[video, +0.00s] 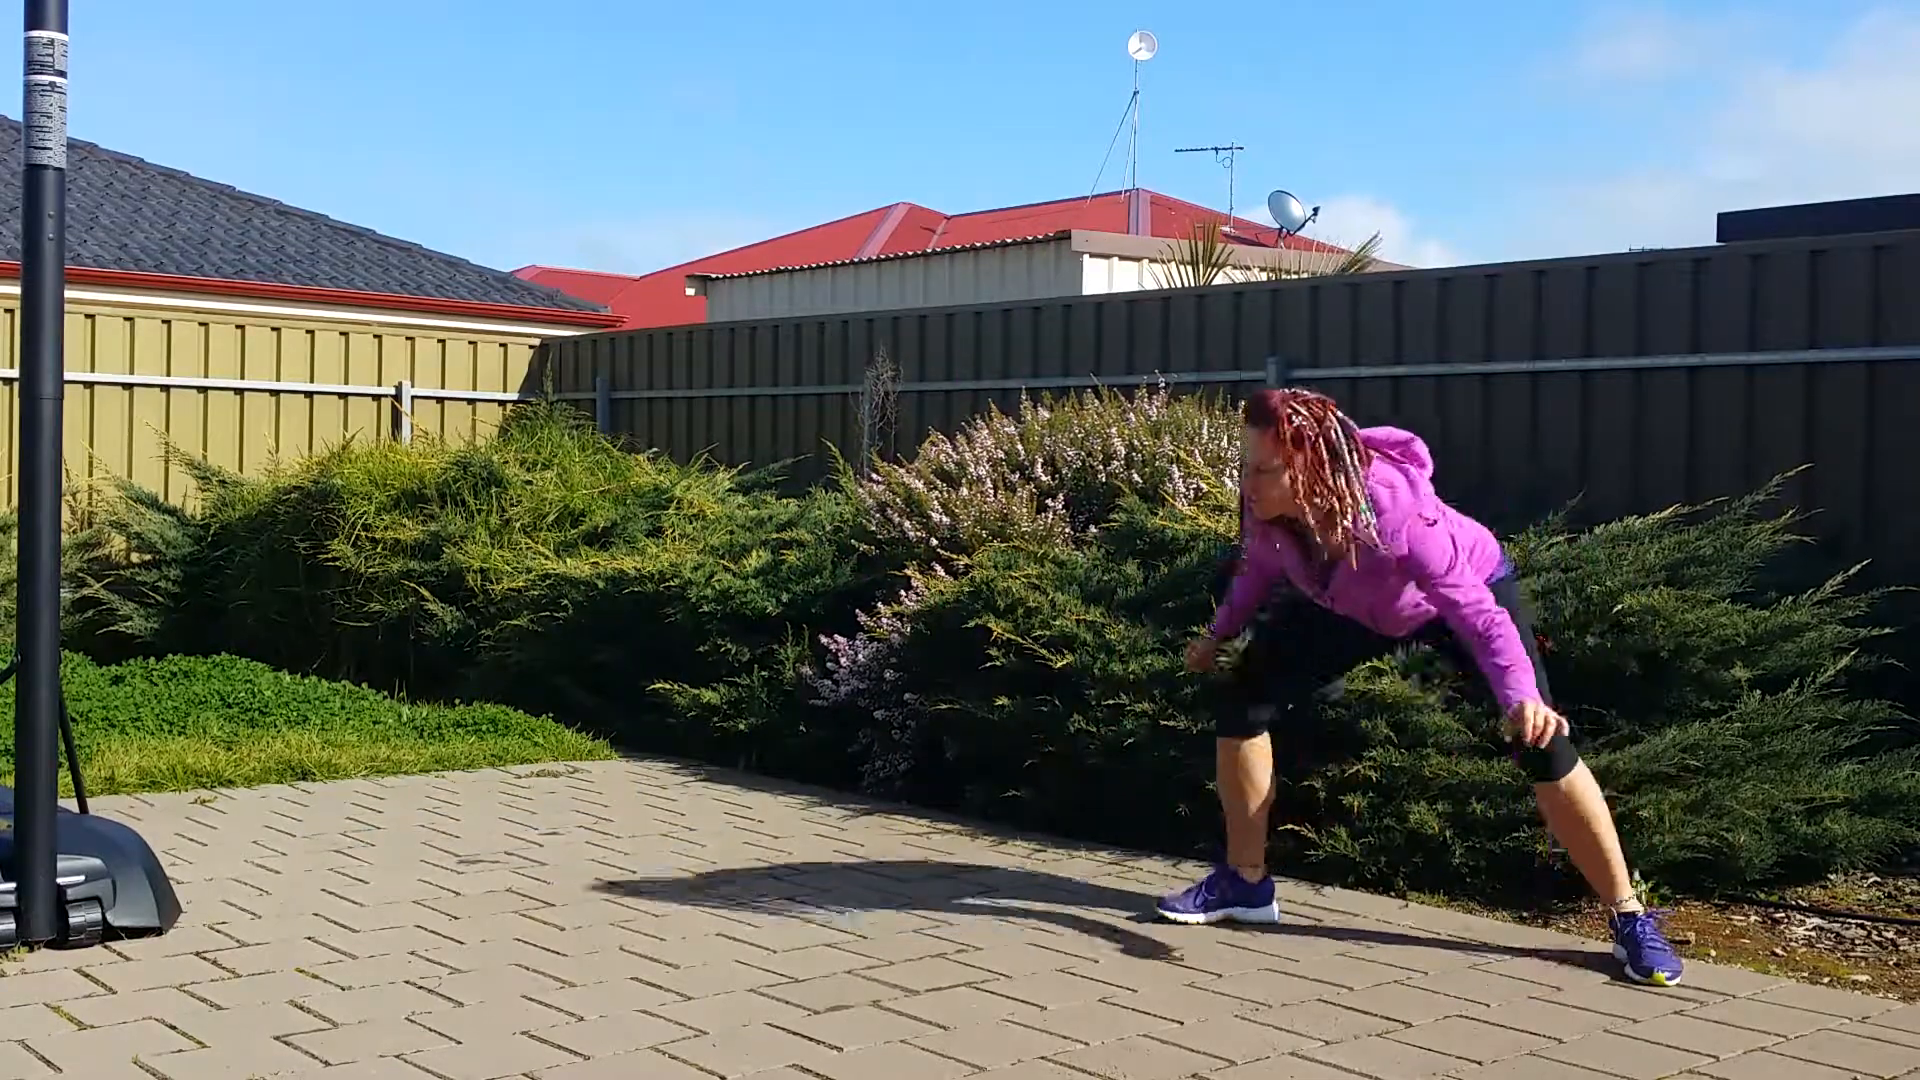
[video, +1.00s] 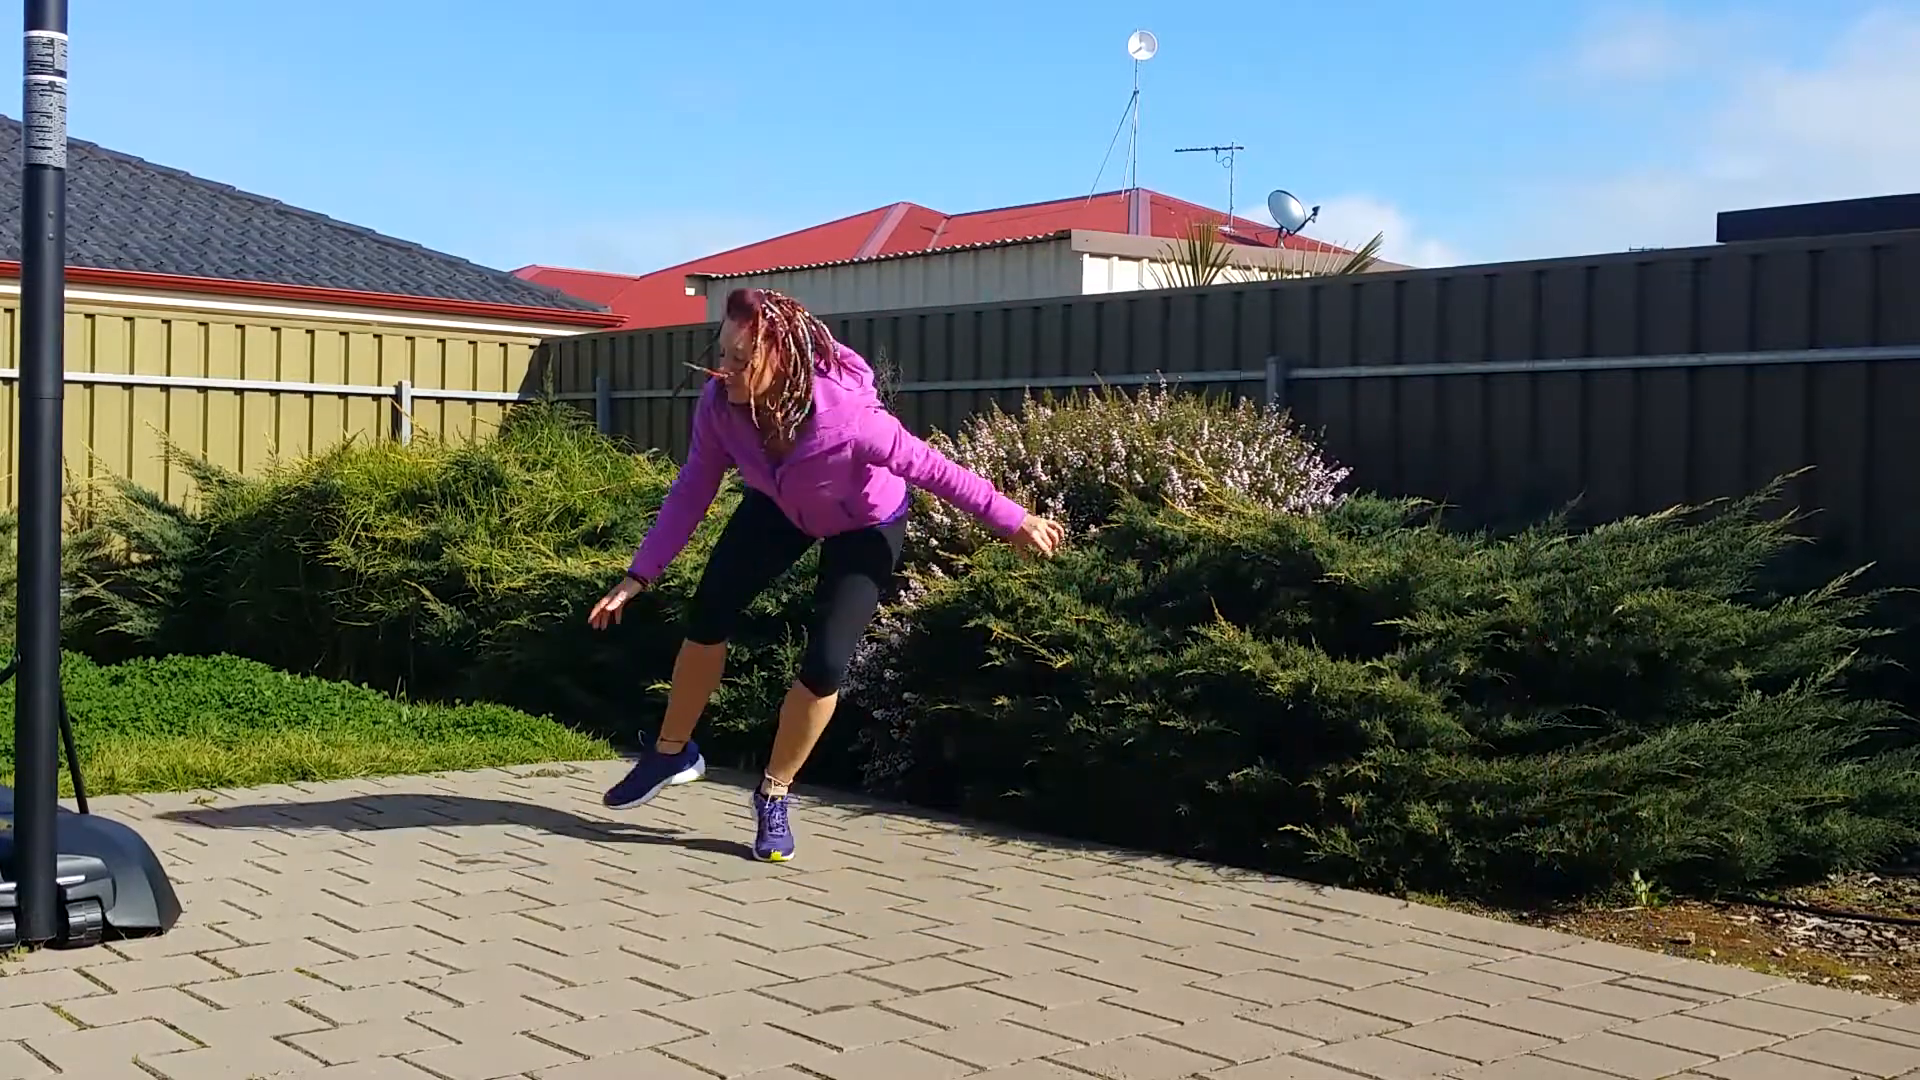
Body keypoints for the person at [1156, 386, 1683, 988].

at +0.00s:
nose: (1249, 481)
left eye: (1263, 469)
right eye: (1248, 466)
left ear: (1312, 472)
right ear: (1249, 462)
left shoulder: (1392, 509)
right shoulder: (1263, 503)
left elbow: (1473, 602)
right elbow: (1255, 567)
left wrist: (1521, 695)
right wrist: (1218, 634)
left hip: (1460, 595)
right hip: (1356, 602)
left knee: (1541, 736)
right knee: (1244, 699)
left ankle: (1630, 918)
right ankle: (1244, 880)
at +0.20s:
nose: (1127, 371)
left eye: (1140, 357)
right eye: (1127, 357)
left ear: (1184, 358)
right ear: (1148, 358)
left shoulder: (1267, 406)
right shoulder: (1147, 417)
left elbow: (1346, 485)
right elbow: (1121, 488)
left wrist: (1428, 556)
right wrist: (1071, 555)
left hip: (1309, 534)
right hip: (1215, 542)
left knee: (1347, 687)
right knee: (1177, 680)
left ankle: (1370, 863)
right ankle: (1227, 863)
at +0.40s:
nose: (1035, 352)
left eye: (1045, 336)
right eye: (1037, 336)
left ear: (1089, 340)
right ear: (1071, 340)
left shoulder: (1180, 406)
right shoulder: (1061, 395)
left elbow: (1255, 492)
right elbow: (1042, 465)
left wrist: (1330, 571)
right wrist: (972, 532)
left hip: (1198, 543)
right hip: (1105, 528)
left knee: (1182, 696)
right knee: (1014, 651)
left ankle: (1166, 859)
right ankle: (989, 810)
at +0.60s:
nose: (924, 364)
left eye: (934, 353)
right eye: (925, 352)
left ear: (978, 360)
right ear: (961, 360)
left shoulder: (1055, 419)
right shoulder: (934, 419)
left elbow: (1122, 511)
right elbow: (919, 497)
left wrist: (1185, 589)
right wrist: (856, 558)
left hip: (1074, 564)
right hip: (984, 561)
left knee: (1100, 702)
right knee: (881, 672)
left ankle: (1157, 861)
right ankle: (851, 815)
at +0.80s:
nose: (807, 333)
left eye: (819, 323)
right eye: (808, 321)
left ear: (864, 332)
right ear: (821, 324)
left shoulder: (934, 390)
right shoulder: (803, 383)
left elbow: (1001, 465)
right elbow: (776, 460)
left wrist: (1073, 538)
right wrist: (729, 529)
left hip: (943, 520)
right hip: (854, 521)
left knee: (962, 653)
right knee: (815, 658)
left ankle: (973, 814)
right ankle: (842, 810)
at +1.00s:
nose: (725, 368)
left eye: (739, 359)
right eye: (723, 354)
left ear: (781, 362)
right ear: (721, 352)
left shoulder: (845, 414)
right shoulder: (720, 405)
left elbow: (931, 467)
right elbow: (690, 491)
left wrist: (1014, 520)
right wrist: (638, 576)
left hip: (864, 513)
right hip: (779, 499)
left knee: (827, 662)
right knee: (710, 611)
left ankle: (774, 794)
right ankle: (670, 750)